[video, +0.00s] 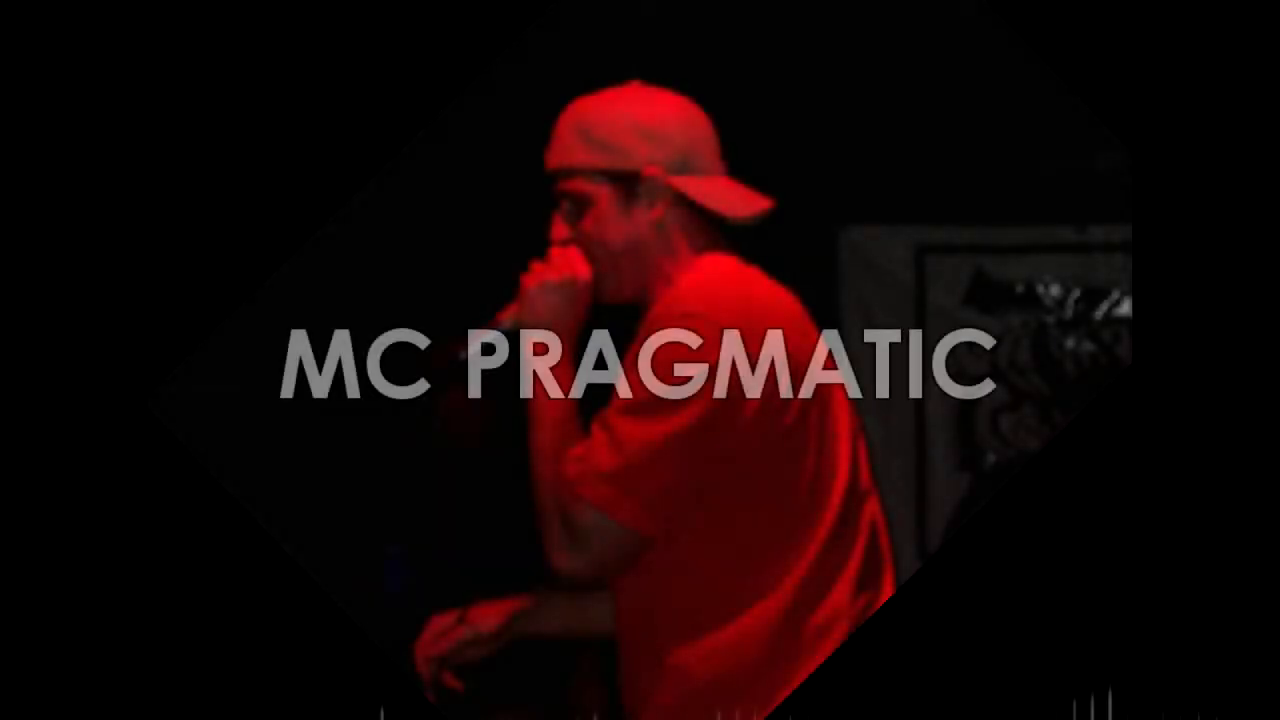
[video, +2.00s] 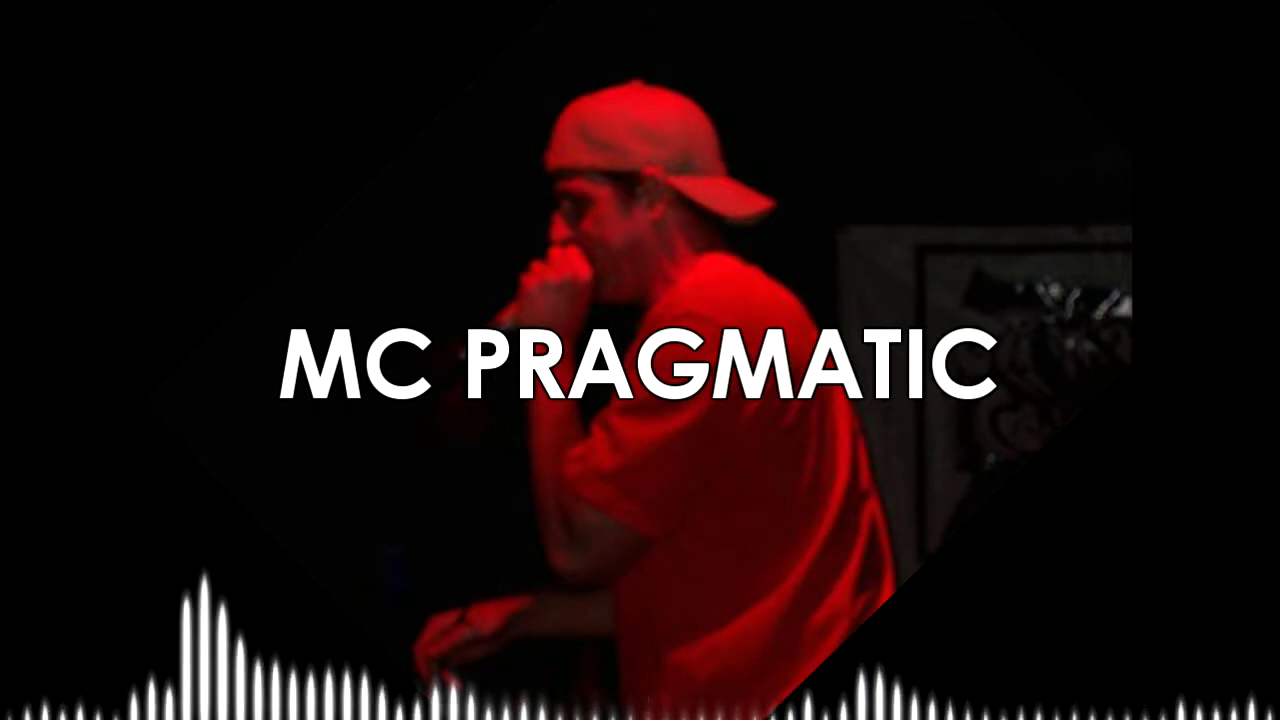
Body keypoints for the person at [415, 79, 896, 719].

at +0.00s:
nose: (559, 234)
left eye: (577, 206)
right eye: (559, 209)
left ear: (653, 200)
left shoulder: (705, 315)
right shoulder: (750, 305)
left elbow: (578, 542)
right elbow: (701, 576)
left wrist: (546, 348)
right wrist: (520, 621)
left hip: (731, 700)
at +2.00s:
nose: (559, 233)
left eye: (576, 206)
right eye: (559, 209)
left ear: (652, 199)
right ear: (649, 200)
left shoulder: (706, 314)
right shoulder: (746, 303)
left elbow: (577, 544)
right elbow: (700, 580)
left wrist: (546, 348)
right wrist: (520, 619)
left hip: (736, 704)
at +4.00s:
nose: (560, 233)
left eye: (577, 207)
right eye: (560, 209)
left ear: (653, 198)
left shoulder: (706, 314)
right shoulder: (744, 303)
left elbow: (577, 544)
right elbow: (696, 579)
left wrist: (545, 347)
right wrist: (518, 620)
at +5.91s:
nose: (560, 234)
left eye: (577, 206)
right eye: (559, 209)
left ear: (652, 198)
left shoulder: (707, 313)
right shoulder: (745, 303)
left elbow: (577, 543)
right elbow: (697, 580)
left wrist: (545, 347)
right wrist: (518, 620)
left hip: (739, 704)